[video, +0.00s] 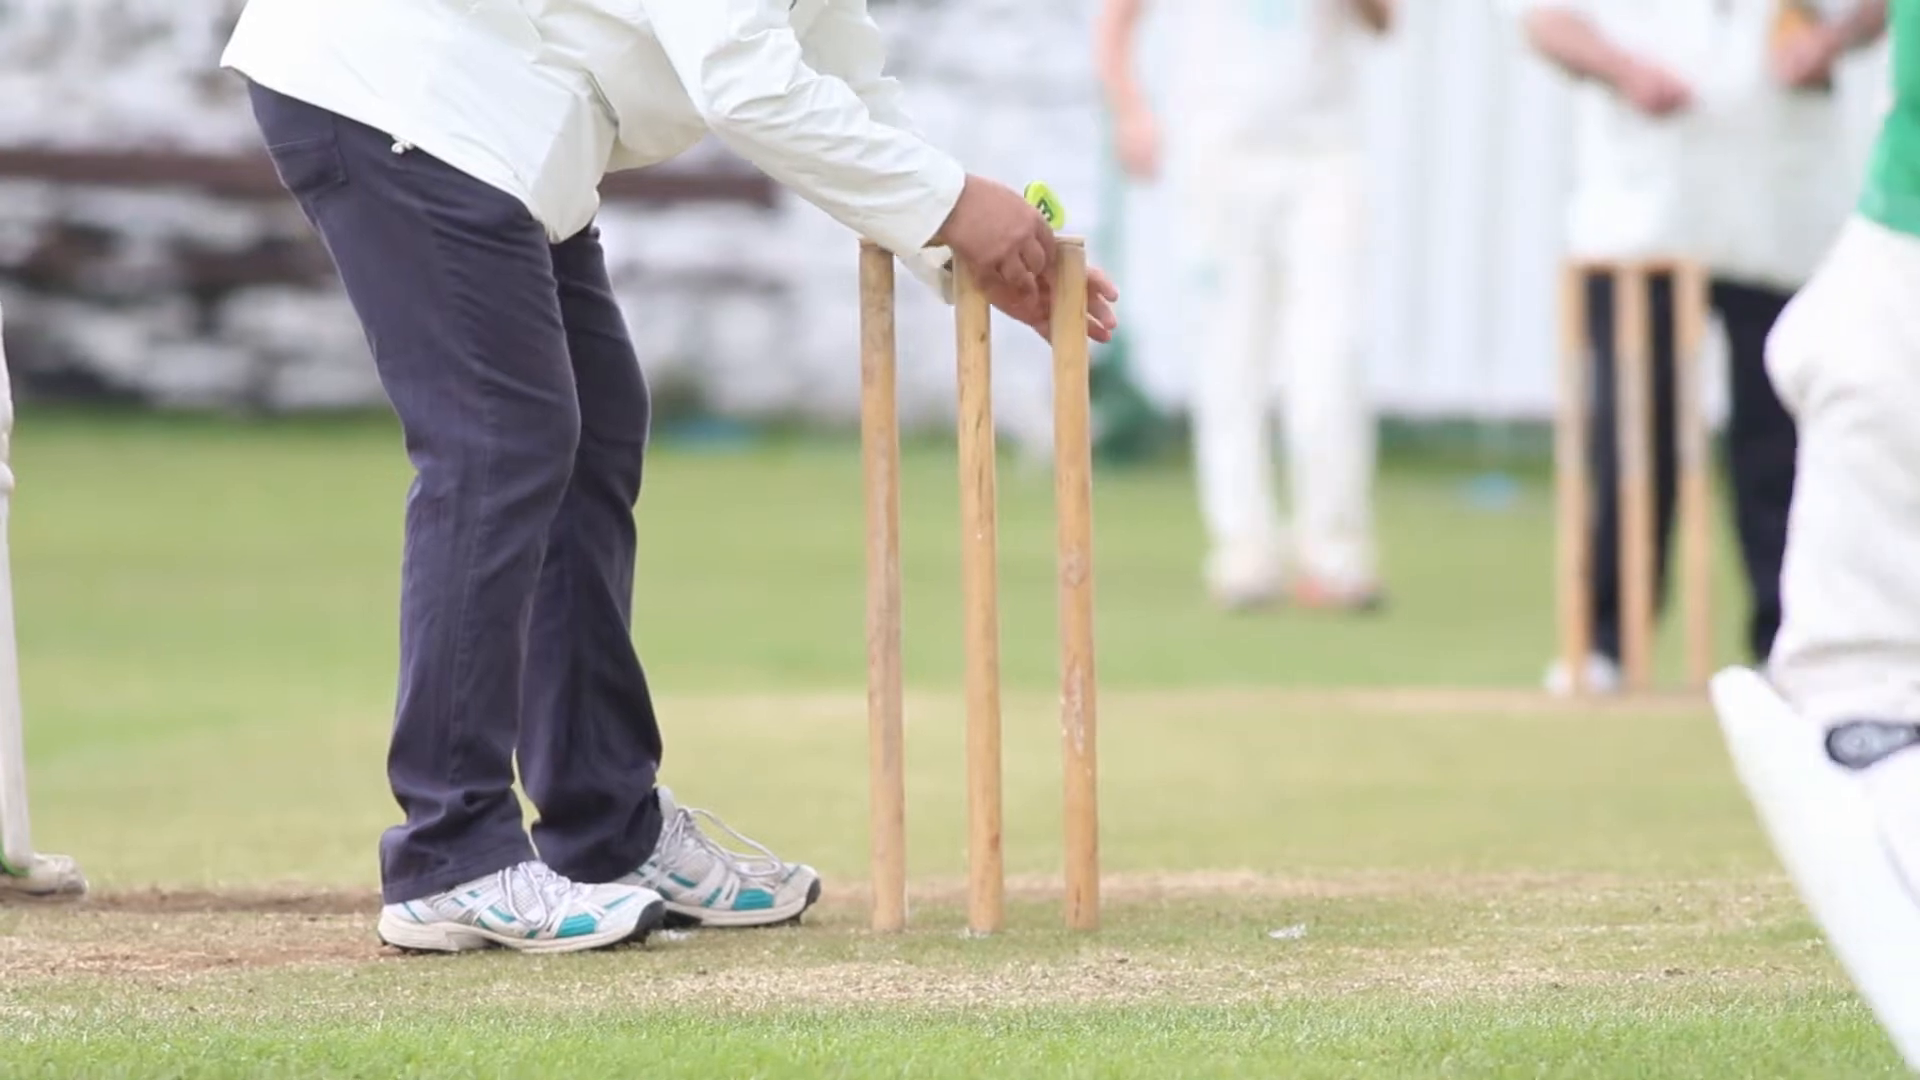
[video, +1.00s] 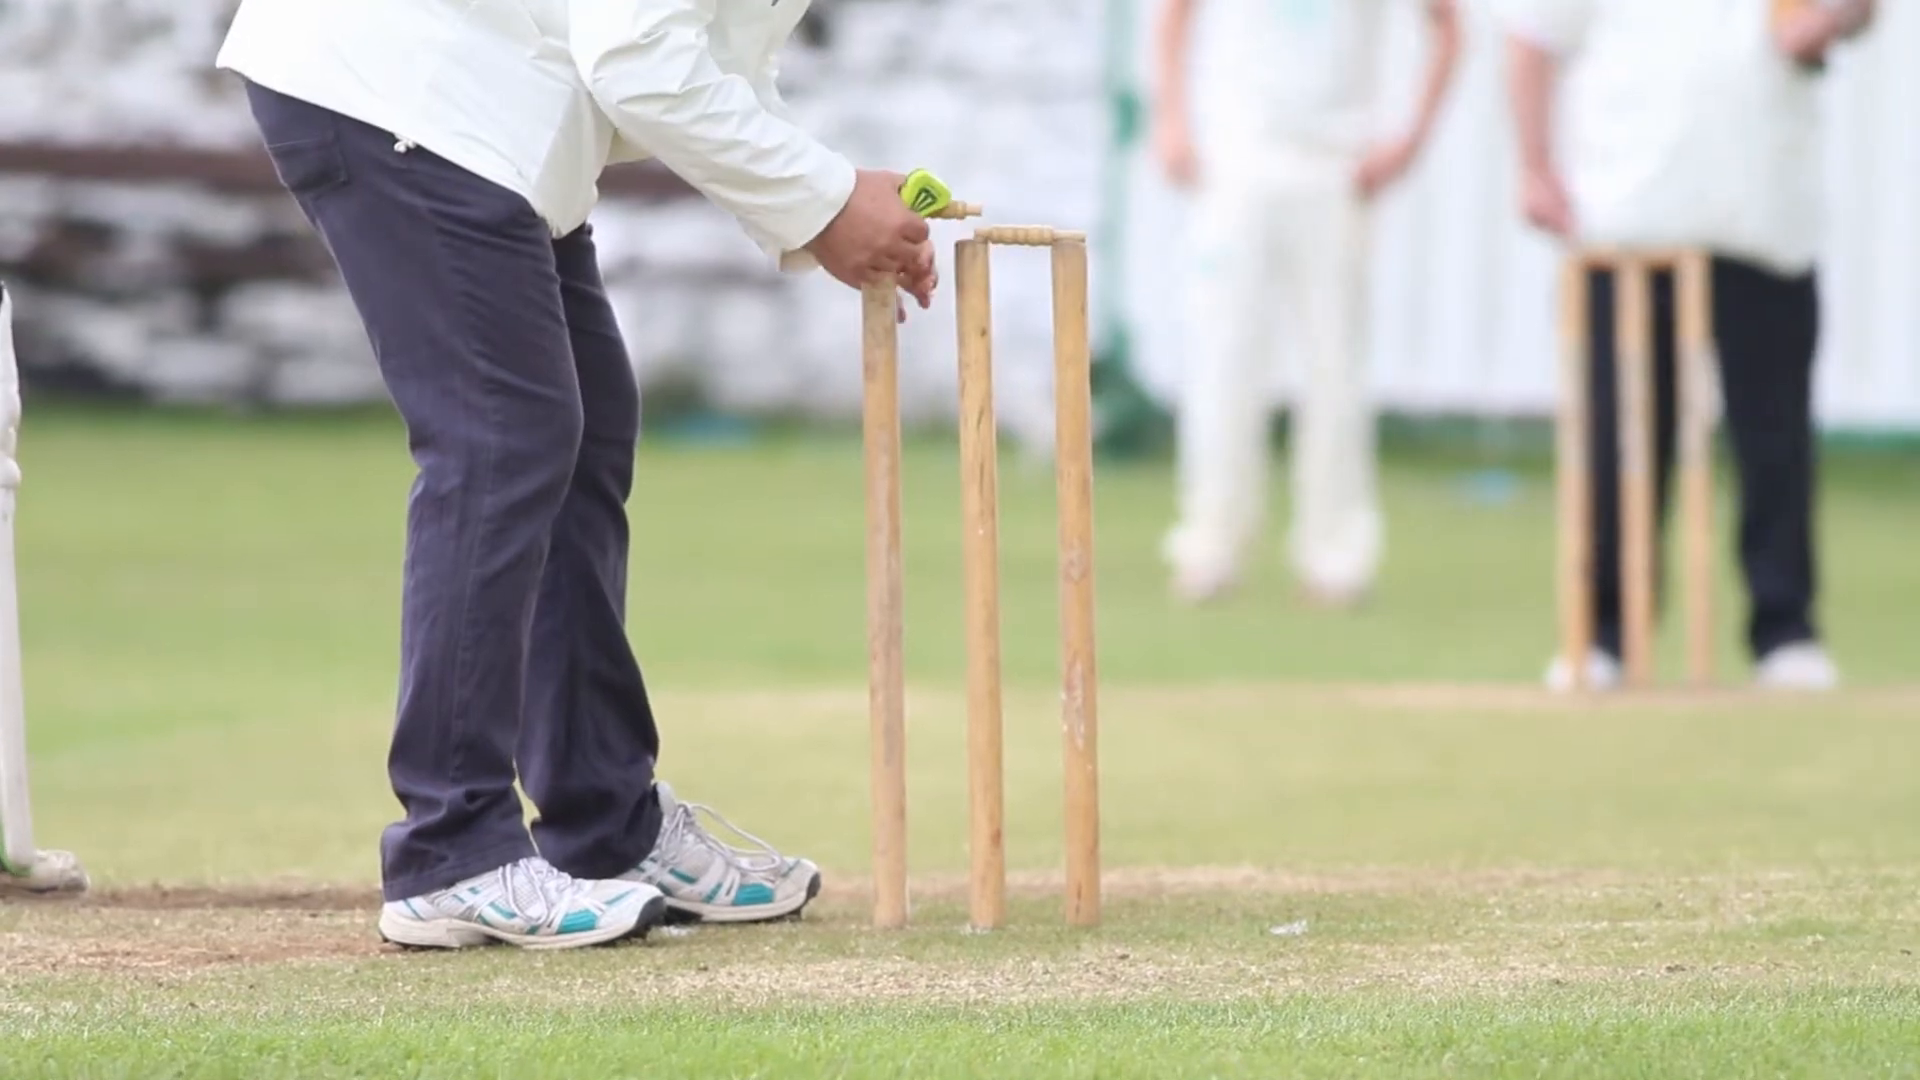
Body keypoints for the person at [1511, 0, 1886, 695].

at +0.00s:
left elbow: (1875, 9)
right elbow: (1544, 19)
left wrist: (1827, 38)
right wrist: (1626, 69)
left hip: (1784, 199)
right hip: (1638, 198)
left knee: (1777, 447)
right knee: (1627, 439)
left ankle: (1787, 651)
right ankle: (1605, 648)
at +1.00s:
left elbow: (1860, 11)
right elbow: (1531, 30)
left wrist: (1825, 19)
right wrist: (1538, 167)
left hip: (1764, 208)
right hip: (1625, 210)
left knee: (1775, 446)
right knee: (1620, 447)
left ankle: (1786, 639)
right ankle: (1604, 643)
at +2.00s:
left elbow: (1906, 15)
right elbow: (1592, 24)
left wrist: (1874, 19)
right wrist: (1582, 159)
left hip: (1810, 200)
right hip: (1667, 197)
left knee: (1798, 443)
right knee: (1671, 440)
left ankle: (1792, 636)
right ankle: (1658, 640)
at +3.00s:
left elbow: (1855, 10)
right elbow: (1530, 27)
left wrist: (1805, 13)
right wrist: (1521, 165)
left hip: (1754, 197)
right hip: (1616, 198)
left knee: (1763, 426)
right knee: (1632, 437)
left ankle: (1785, 628)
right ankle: (1651, 635)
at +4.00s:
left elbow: (1870, 22)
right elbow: (1613, 26)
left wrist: (1892, 14)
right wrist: (1606, 164)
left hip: (1833, 201)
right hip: (1694, 196)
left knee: (1811, 436)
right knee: (1682, 433)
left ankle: (1795, 627)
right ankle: (1662, 633)